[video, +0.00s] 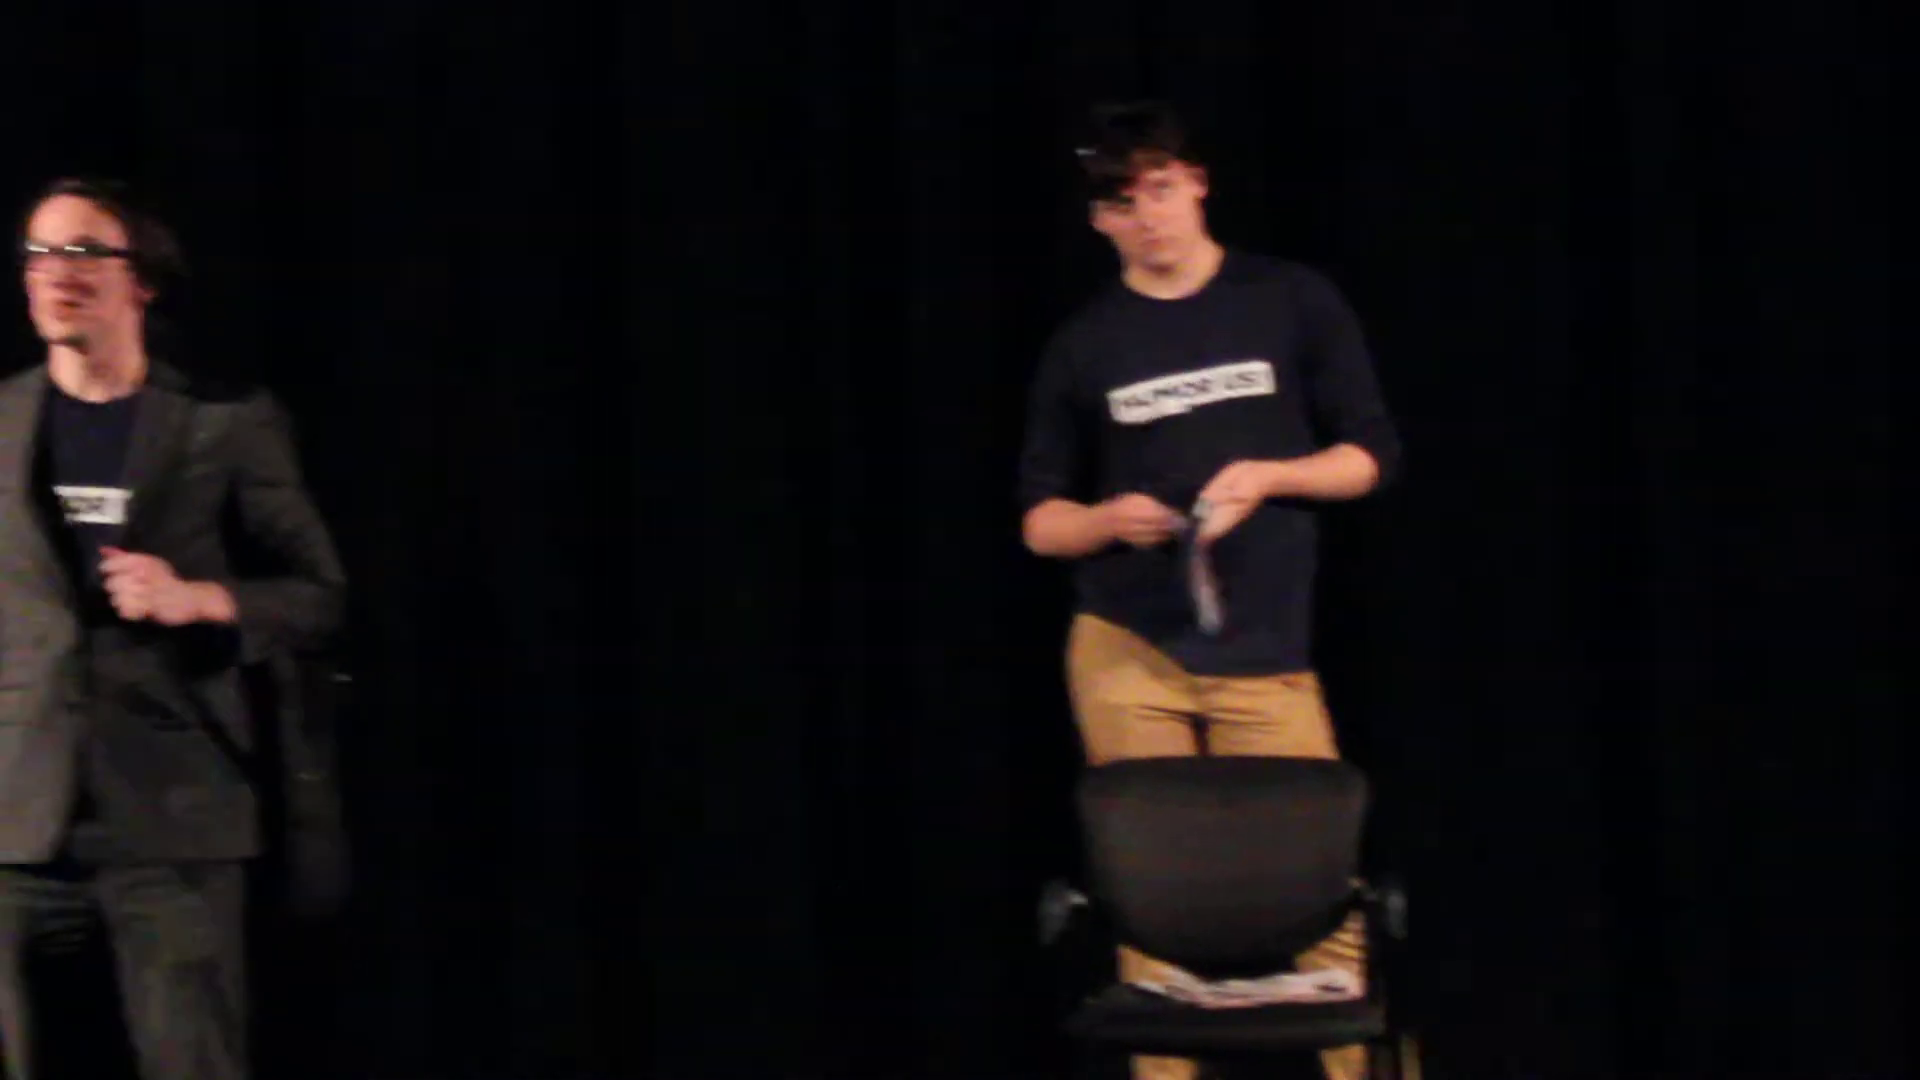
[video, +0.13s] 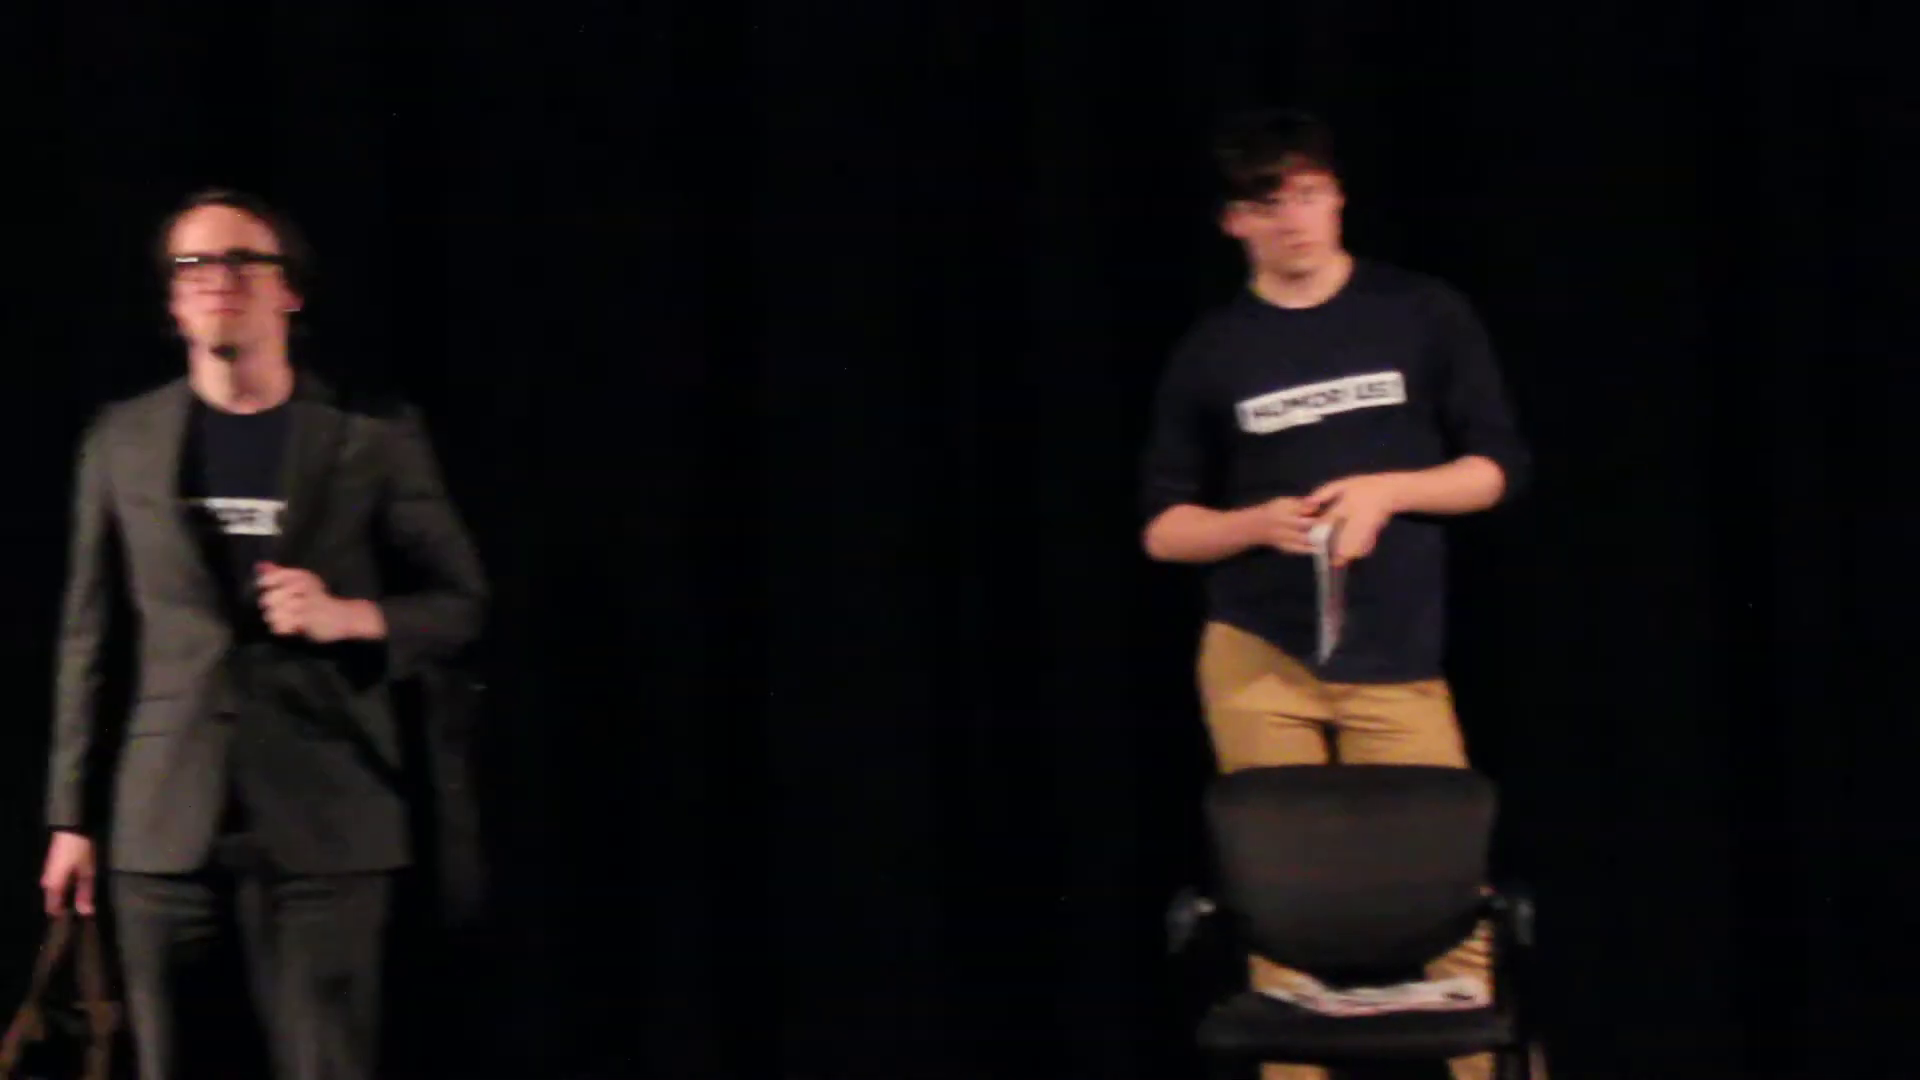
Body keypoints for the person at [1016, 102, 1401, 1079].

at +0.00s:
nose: (1148, 214)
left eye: (1162, 188)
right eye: (1124, 199)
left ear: (1201, 188)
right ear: (1100, 222)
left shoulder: (1294, 305)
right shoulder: (1082, 347)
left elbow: (1372, 455)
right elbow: (1038, 524)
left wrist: (1269, 476)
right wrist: (1107, 518)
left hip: (1266, 654)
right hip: (1127, 656)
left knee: (1317, 889)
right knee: (1156, 894)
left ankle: (1357, 1069)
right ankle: (1164, 1078)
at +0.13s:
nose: (1298, 217)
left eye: (1311, 193)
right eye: (1272, 201)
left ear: (1340, 200)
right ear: (1235, 223)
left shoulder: (1425, 318)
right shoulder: (1210, 353)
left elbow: (1496, 471)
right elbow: (1161, 529)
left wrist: (1389, 491)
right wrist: (1254, 522)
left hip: (1397, 662)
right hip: (1258, 664)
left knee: (1443, 894)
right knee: (1286, 902)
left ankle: (1477, 1072)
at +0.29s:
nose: (1415, 217)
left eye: (1429, 195)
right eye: (1389, 199)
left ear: (1448, 205)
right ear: (1340, 217)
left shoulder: (1515, 326)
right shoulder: (1299, 358)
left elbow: (1586, 478)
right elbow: (1251, 533)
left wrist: (1492, 531)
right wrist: (1356, 553)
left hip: (1492, 669)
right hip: (1351, 674)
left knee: (1534, 904)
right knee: (1376, 912)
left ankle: (1563, 1072)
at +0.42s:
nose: (1489, 217)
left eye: (1500, 198)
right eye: (1464, 198)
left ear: (1511, 206)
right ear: (1405, 211)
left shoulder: (1559, 331)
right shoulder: (1345, 356)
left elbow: (1609, 495)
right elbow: (1313, 534)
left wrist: (1572, 633)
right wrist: (1405, 640)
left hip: (1538, 661)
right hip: (1400, 669)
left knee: (1584, 902)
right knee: (1423, 917)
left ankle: (1633, 1070)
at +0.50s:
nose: (1536, 214)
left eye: (1543, 195)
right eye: (1513, 195)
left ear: (1546, 203)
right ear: (1447, 203)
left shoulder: (1578, 333)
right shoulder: (1375, 352)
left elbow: (1618, 506)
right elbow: (1365, 535)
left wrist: (1635, 660)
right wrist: (1408, 700)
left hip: (1568, 683)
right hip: (1433, 683)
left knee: (1633, 922)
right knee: (1451, 932)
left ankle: (1687, 1077)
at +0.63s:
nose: (1600, 210)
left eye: (1600, 190)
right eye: (1578, 190)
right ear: (1509, 198)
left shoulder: (1606, 336)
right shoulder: (1421, 345)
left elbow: (1660, 508)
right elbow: (1399, 535)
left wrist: (1703, 651)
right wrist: (1401, 702)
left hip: (1610, 676)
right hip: (1478, 678)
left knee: (1664, 922)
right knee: (1480, 939)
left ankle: (1708, 1079)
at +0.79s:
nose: (1643, 195)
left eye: (1638, 174)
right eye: (1627, 175)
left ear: (1579, 189)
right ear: (1569, 186)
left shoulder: (1615, 330)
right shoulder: (1457, 323)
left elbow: (1656, 493)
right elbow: (1390, 499)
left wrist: (1730, 621)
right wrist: (1396, 675)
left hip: (1620, 662)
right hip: (1495, 661)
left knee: (1653, 907)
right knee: (1490, 922)